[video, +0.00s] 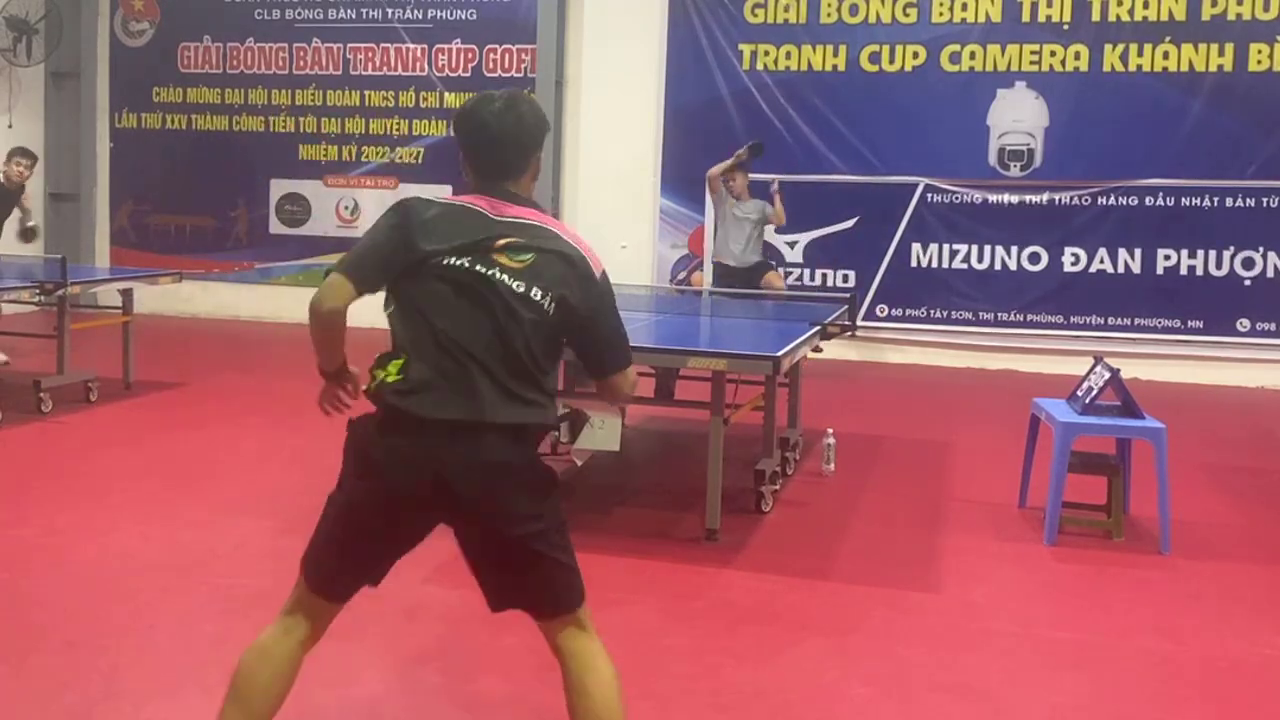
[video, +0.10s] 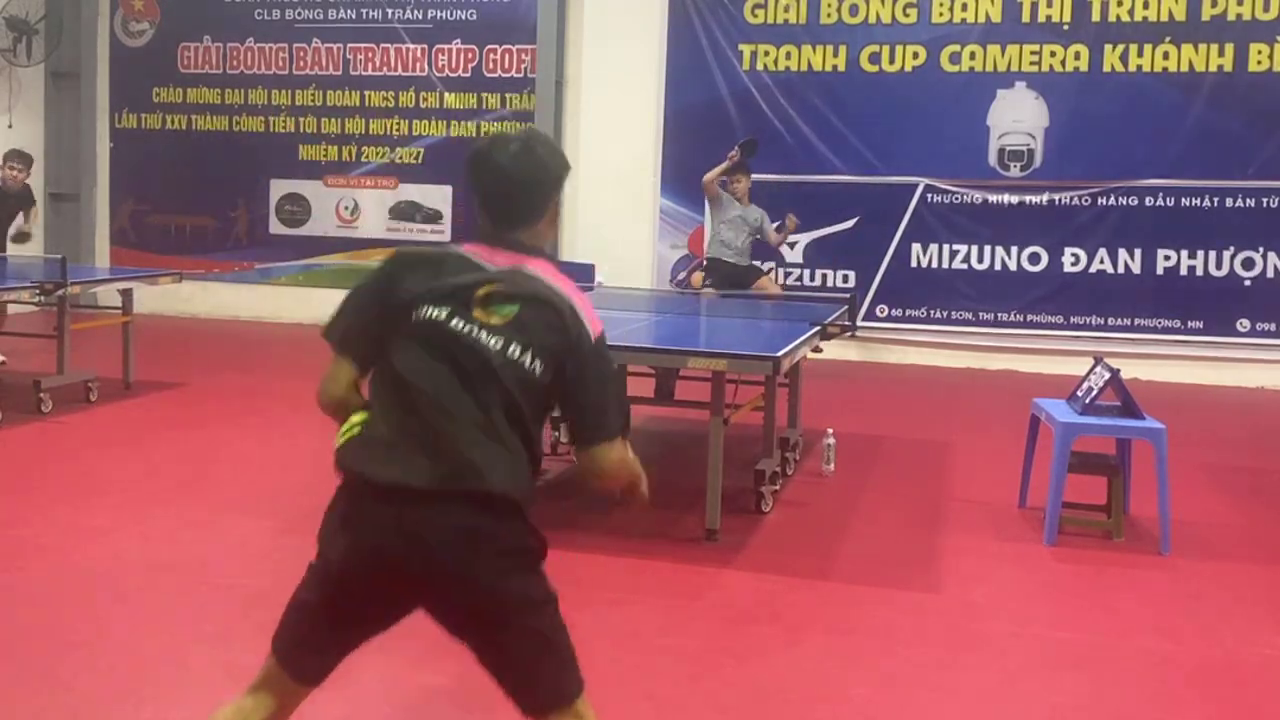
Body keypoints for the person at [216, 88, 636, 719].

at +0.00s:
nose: (541, 162)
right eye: (540, 153)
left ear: (463, 159)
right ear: (535, 163)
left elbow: (327, 303)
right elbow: (617, 384)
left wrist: (333, 369)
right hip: (504, 463)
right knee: (573, 632)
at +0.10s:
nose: (561, 204)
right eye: (561, 194)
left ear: (479, 200)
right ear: (552, 205)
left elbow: (334, 391)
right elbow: (605, 465)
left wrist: (379, 431)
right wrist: (628, 474)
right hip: (482, 534)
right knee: (563, 709)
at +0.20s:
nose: (575, 280)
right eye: (575, 267)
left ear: (488, 270)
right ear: (569, 279)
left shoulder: (437, 346)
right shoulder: (554, 385)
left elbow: (369, 446)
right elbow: (534, 533)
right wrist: (619, 616)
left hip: (343, 588)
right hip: (445, 607)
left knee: (309, 714)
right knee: (569, 715)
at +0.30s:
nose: (564, 289)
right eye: (565, 277)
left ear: (476, 277)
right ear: (555, 291)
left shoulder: (430, 347)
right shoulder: (498, 392)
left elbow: (415, 494)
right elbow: (407, 520)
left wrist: (522, 529)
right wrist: (469, 671)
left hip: (286, 607)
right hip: (370, 624)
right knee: (512, 714)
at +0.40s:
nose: (542, 288)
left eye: (543, 274)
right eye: (542, 276)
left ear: (455, 265)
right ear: (532, 286)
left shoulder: (398, 334)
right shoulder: (453, 369)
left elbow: (355, 462)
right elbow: (334, 486)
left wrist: (419, 547)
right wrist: (379, 641)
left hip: (206, 564)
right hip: (274, 582)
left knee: (259, 703)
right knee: (421, 708)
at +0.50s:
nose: (515, 322)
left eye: (524, 307)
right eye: (523, 306)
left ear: (441, 271)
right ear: (505, 301)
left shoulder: (373, 330)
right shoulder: (402, 381)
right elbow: (296, 520)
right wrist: (354, 687)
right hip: (202, 576)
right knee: (306, 704)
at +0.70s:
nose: (502, 351)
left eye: (517, 337)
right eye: (512, 331)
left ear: (459, 286)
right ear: (468, 290)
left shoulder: (343, 313)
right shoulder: (348, 382)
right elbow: (286, 581)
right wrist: (304, 714)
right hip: (149, 566)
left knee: (259, 702)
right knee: (241, 712)